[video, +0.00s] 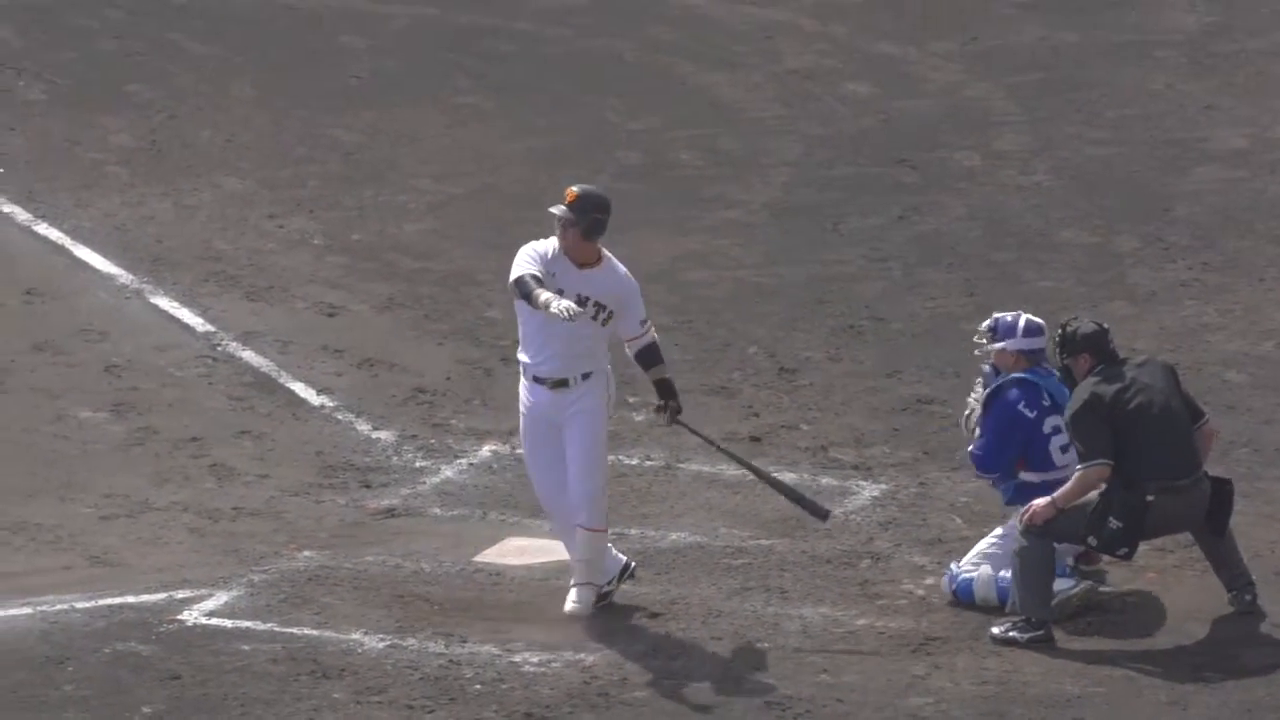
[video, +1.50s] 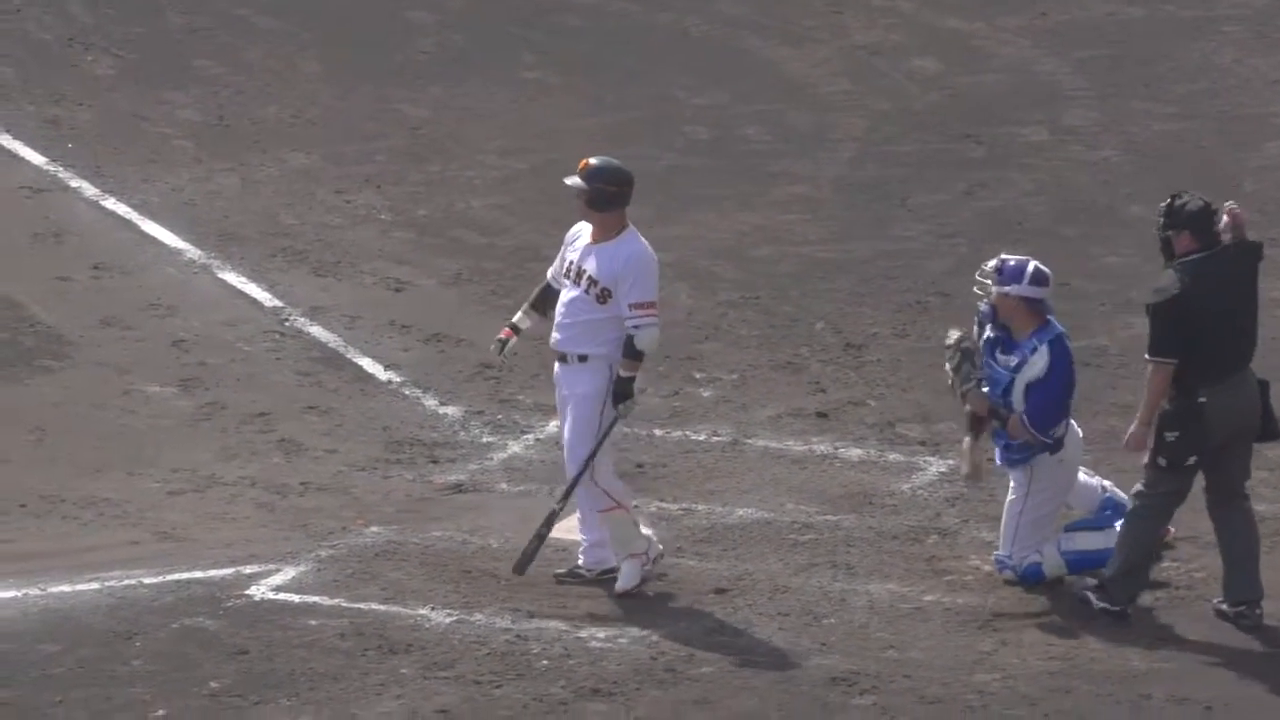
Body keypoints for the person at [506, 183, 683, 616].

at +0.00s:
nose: (559, 228)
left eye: (568, 223)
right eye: (560, 220)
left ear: (590, 231)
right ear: (563, 222)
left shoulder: (618, 283)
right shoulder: (536, 253)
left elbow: (641, 341)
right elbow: (526, 283)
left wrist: (667, 390)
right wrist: (552, 301)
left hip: (585, 393)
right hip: (535, 393)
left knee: (585, 487)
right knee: (550, 495)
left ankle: (583, 583)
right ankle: (608, 564)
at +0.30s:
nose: (573, 195)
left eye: (583, 189)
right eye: (572, 187)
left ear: (605, 194)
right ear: (569, 189)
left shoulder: (635, 244)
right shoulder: (548, 232)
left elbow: (655, 303)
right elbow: (531, 280)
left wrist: (665, 353)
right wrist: (548, 315)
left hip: (608, 366)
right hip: (558, 365)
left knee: (603, 461)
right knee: (569, 466)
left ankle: (603, 558)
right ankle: (621, 537)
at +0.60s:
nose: (589, 200)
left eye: (598, 193)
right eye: (587, 191)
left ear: (621, 198)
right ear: (584, 195)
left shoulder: (653, 251)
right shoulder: (562, 243)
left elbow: (677, 316)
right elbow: (536, 299)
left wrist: (681, 367)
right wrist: (524, 353)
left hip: (624, 374)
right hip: (575, 374)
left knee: (619, 469)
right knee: (579, 468)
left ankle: (619, 565)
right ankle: (631, 533)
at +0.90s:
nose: (591, 212)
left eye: (599, 206)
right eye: (590, 205)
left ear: (624, 210)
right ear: (594, 208)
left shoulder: (652, 261)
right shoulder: (584, 251)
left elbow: (668, 330)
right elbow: (564, 305)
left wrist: (652, 386)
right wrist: (536, 341)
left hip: (626, 386)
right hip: (580, 384)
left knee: (632, 484)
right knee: (568, 476)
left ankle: (637, 576)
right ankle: (617, 543)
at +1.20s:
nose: (582, 209)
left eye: (589, 204)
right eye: (584, 202)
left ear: (611, 211)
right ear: (601, 209)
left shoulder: (643, 263)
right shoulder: (579, 248)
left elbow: (656, 333)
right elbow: (565, 309)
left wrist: (638, 384)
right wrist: (555, 359)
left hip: (613, 385)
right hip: (573, 383)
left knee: (623, 479)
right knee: (581, 478)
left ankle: (644, 573)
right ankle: (590, 568)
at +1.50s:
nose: (578, 199)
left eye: (584, 194)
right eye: (579, 192)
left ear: (605, 202)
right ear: (606, 201)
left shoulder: (635, 257)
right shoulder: (579, 234)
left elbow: (642, 331)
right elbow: (551, 287)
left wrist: (624, 381)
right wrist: (516, 326)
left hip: (597, 372)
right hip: (565, 367)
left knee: (586, 465)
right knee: (578, 464)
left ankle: (639, 548)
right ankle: (597, 556)